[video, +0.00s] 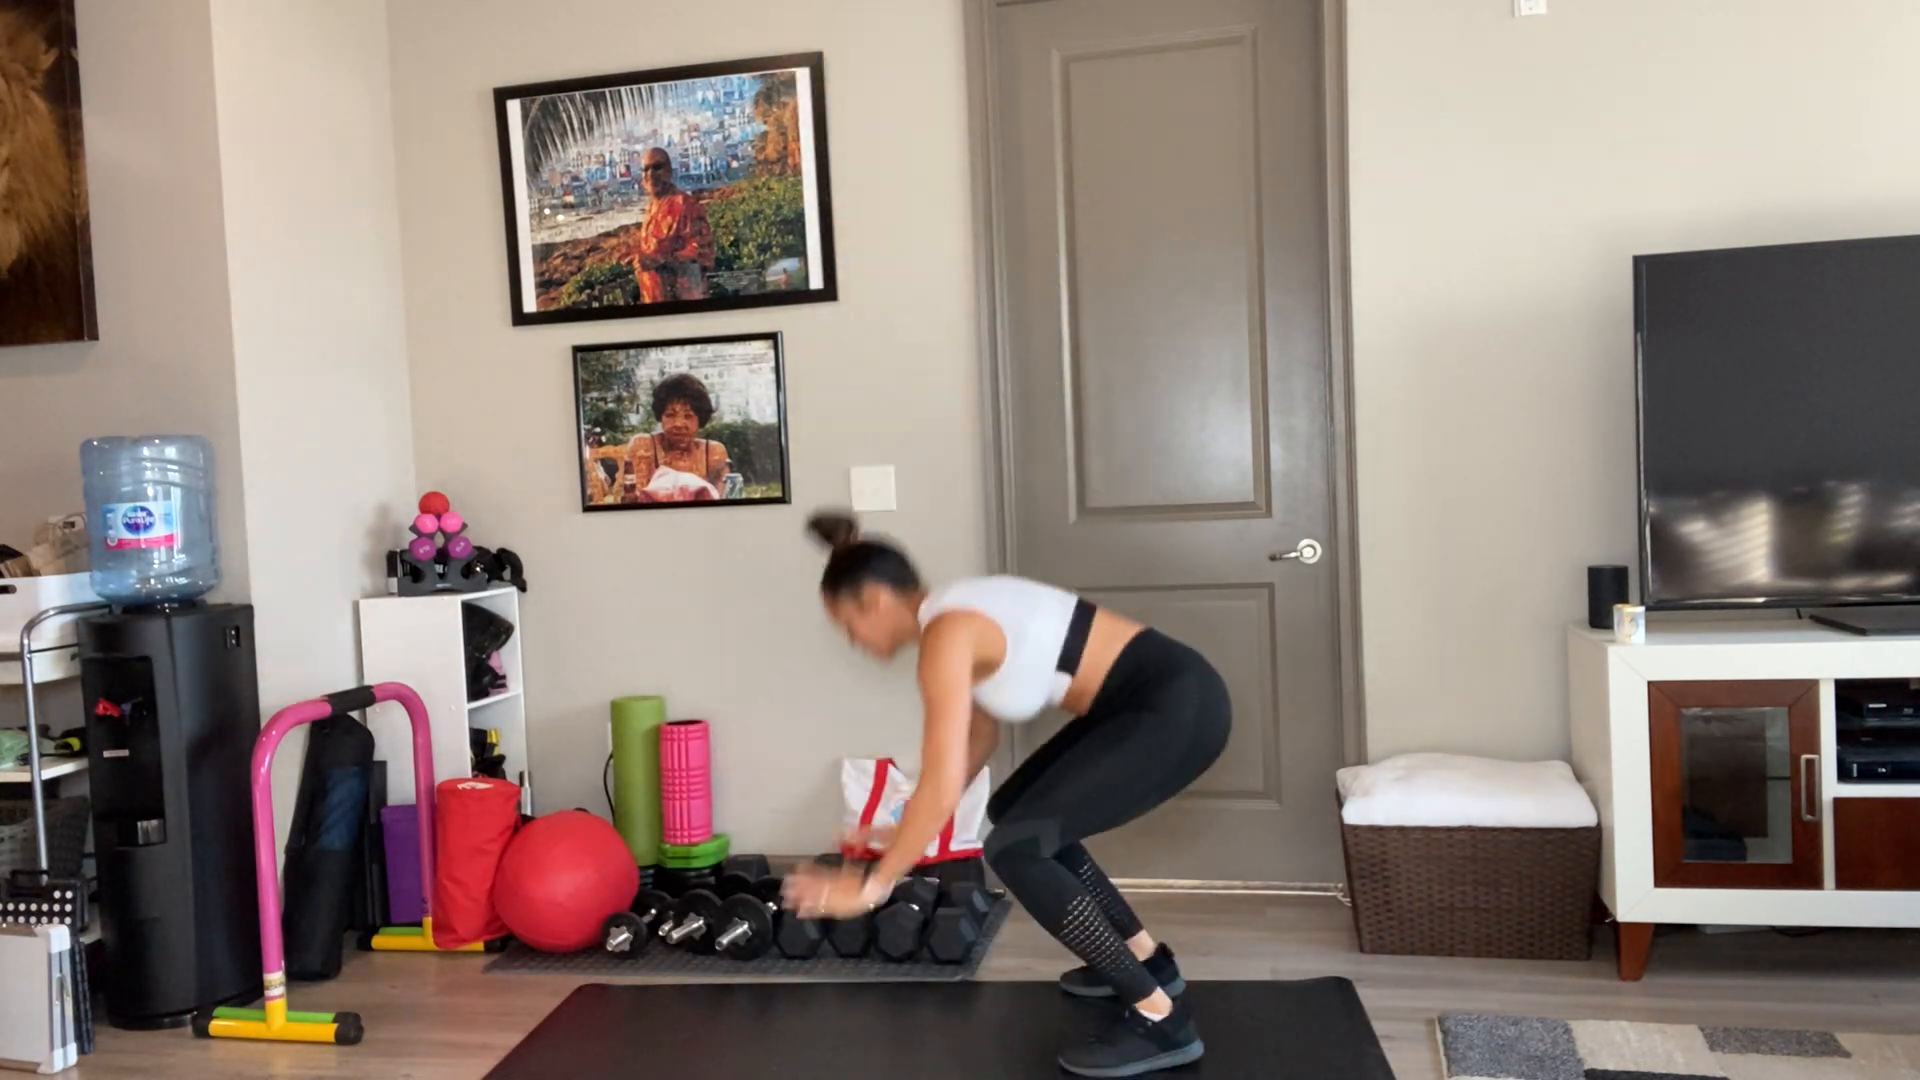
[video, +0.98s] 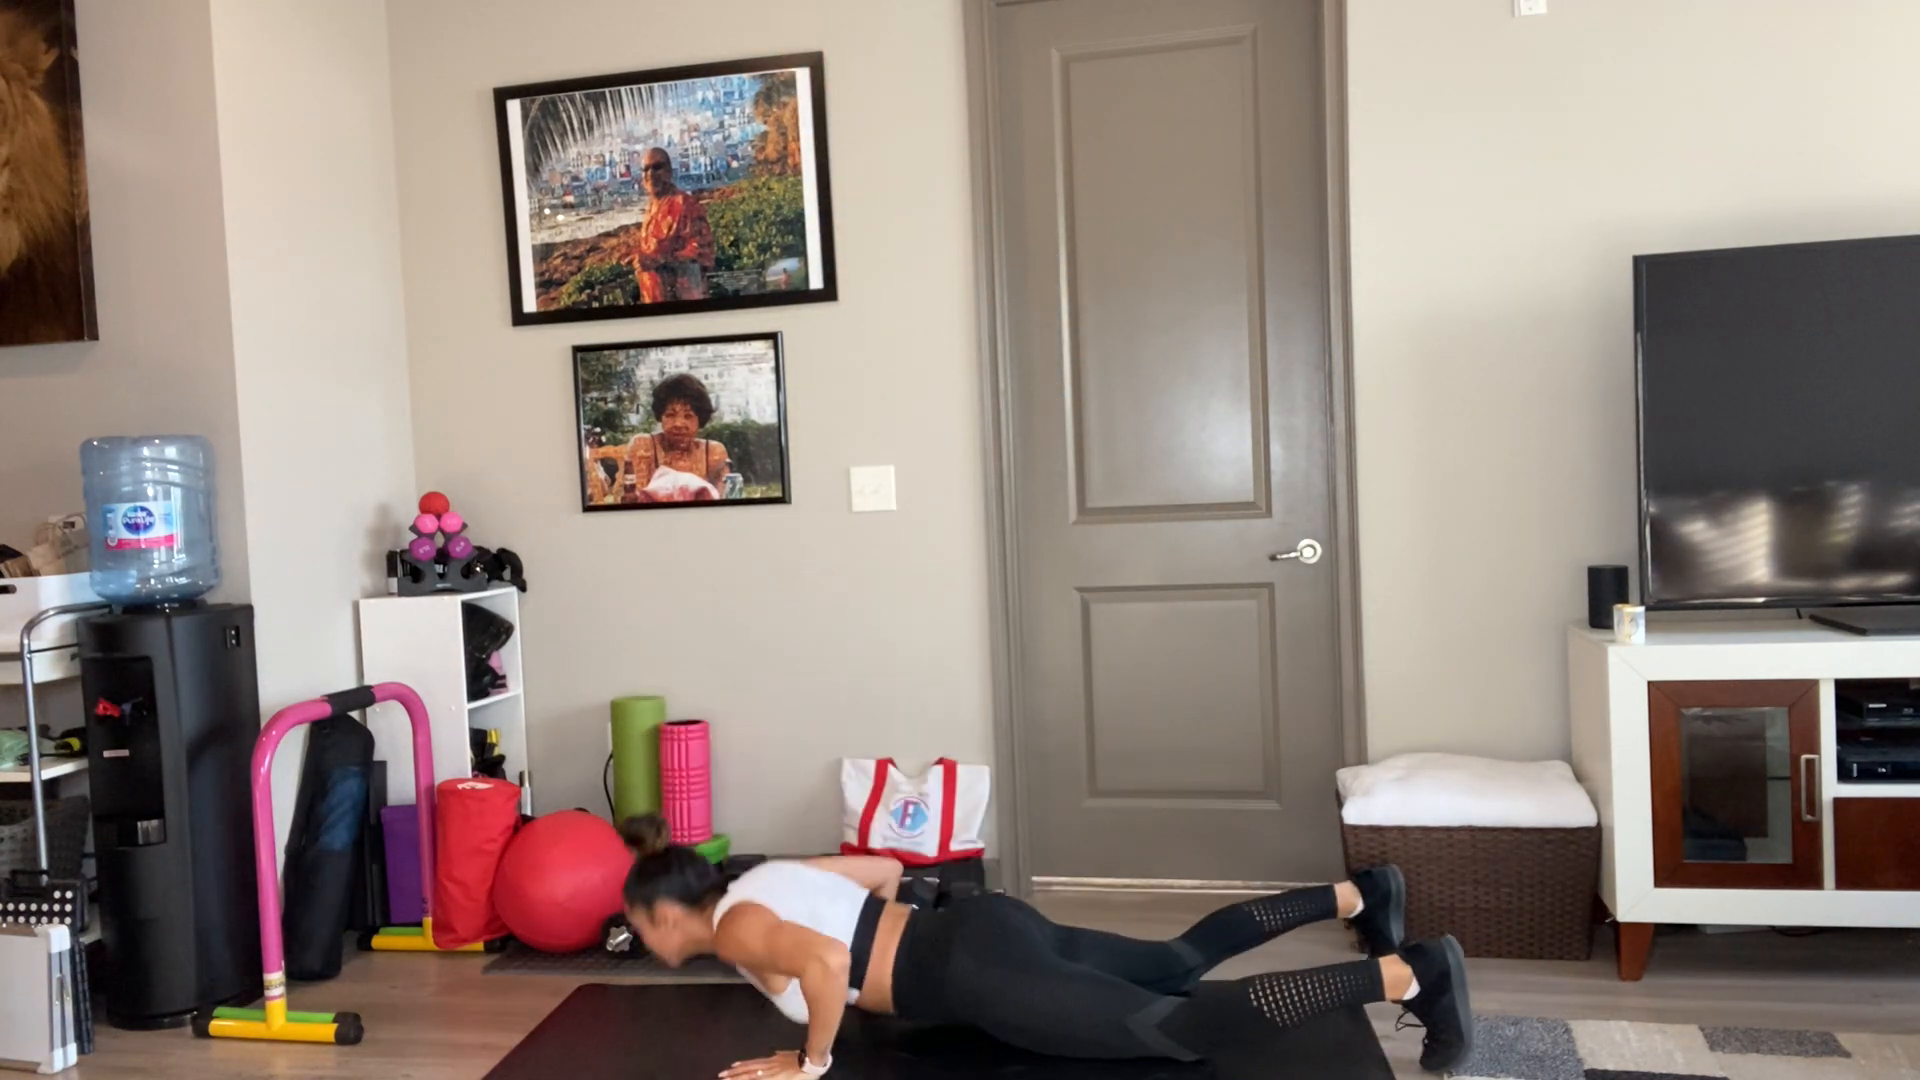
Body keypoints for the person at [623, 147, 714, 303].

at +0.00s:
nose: (650, 175)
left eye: (657, 167)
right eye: (645, 169)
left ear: (669, 172)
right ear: (642, 176)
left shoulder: (686, 204)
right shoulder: (654, 206)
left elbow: (703, 255)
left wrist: (657, 261)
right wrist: (638, 257)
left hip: (682, 297)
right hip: (655, 296)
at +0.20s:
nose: (650, 175)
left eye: (657, 167)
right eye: (645, 169)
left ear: (669, 172)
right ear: (642, 176)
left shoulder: (686, 204)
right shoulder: (654, 206)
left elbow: (703, 255)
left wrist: (657, 261)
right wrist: (638, 257)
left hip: (682, 297)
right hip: (655, 297)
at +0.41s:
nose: (650, 174)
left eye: (657, 167)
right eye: (646, 169)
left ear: (669, 172)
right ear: (642, 176)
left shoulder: (686, 204)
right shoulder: (654, 206)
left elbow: (703, 255)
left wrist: (657, 260)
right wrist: (638, 257)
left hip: (683, 297)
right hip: (655, 297)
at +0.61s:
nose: (650, 174)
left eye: (657, 167)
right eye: (645, 169)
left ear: (669, 172)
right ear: (642, 176)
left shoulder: (685, 204)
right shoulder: (654, 206)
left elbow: (703, 255)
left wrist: (657, 260)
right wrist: (638, 257)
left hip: (682, 297)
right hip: (655, 297)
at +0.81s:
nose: (650, 175)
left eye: (657, 167)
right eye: (645, 169)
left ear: (669, 172)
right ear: (642, 176)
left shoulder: (686, 204)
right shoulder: (654, 206)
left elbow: (703, 255)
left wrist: (657, 261)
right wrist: (638, 258)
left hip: (683, 297)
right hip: (655, 297)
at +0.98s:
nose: (650, 174)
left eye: (657, 167)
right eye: (645, 169)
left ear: (669, 171)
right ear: (642, 176)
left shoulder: (686, 204)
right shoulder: (653, 206)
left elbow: (703, 255)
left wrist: (657, 261)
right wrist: (638, 258)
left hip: (683, 297)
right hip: (655, 297)